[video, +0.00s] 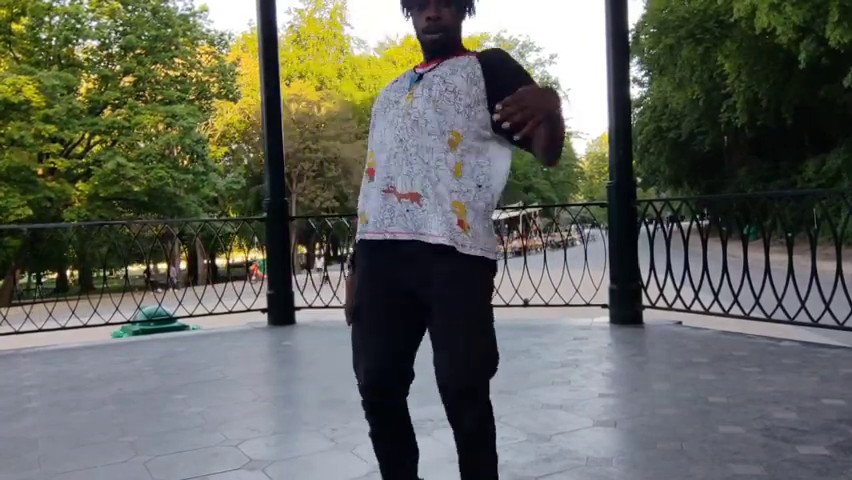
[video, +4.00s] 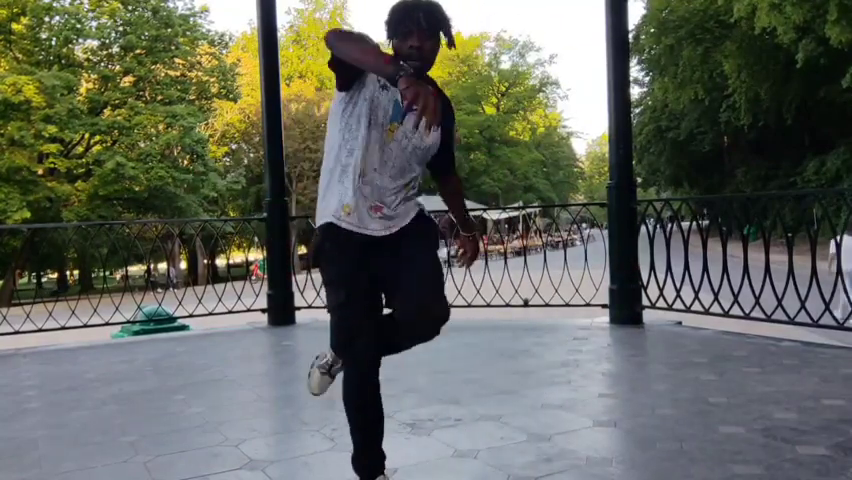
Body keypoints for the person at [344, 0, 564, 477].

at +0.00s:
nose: (431, 10)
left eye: (443, 1)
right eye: (420, 3)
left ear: (464, 8)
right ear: (408, 12)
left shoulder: (489, 64)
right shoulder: (390, 91)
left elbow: (547, 152)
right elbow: (373, 184)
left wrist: (551, 105)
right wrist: (357, 268)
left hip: (457, 257)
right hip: (382, 256)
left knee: (464, 394)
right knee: (378, 392)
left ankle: (481, 476)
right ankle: (399, 476)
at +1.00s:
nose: (454, 19)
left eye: (466, 8)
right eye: (442, 10)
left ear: (486, 14)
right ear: (428, 19)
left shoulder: (517, 75)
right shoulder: (404, 81)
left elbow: (519, 159)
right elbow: (317, 137)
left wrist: (509, 235)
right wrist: (345, 222)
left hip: (464, 258)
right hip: (388, 254)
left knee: (482, 392)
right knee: (364, 395)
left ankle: (487, 478)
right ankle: (350, 479)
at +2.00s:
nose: (403, 29)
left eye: (416, 18)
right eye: (391, 18)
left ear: (434, 24)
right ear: (376, 25)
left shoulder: (464, 90)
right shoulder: (360, 68)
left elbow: (472, 183)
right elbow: (332, 115)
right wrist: (321, 182)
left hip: (468, 252)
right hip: (391, 250)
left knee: (494, 368)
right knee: (364, 363)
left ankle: (513, 470)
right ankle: (421, 470)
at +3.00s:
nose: (350, 39)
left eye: (362, 29)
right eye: (340, 29)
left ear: (379, 30)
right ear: (326, 33)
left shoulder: (420, 60)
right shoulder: (327, 105)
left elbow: (498, 46)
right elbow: (317, 179)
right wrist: (261, 221)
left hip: (424, 233)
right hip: (354, 242)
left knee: (422, 330)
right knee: (347, 351)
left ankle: (346, 354)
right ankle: (393, 468)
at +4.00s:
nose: (418, 46)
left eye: (428, 38)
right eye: (408, 36)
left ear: (440, 44)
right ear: (393, 39)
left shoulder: (438, 106)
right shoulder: (361, 74)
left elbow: (445, 172)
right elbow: (336, 39)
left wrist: (465, 223)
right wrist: (402, 76)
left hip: (405, 224)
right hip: (344, 227)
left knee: (426, 319)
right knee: (360, 353)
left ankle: (346, 348)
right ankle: (370, 469)